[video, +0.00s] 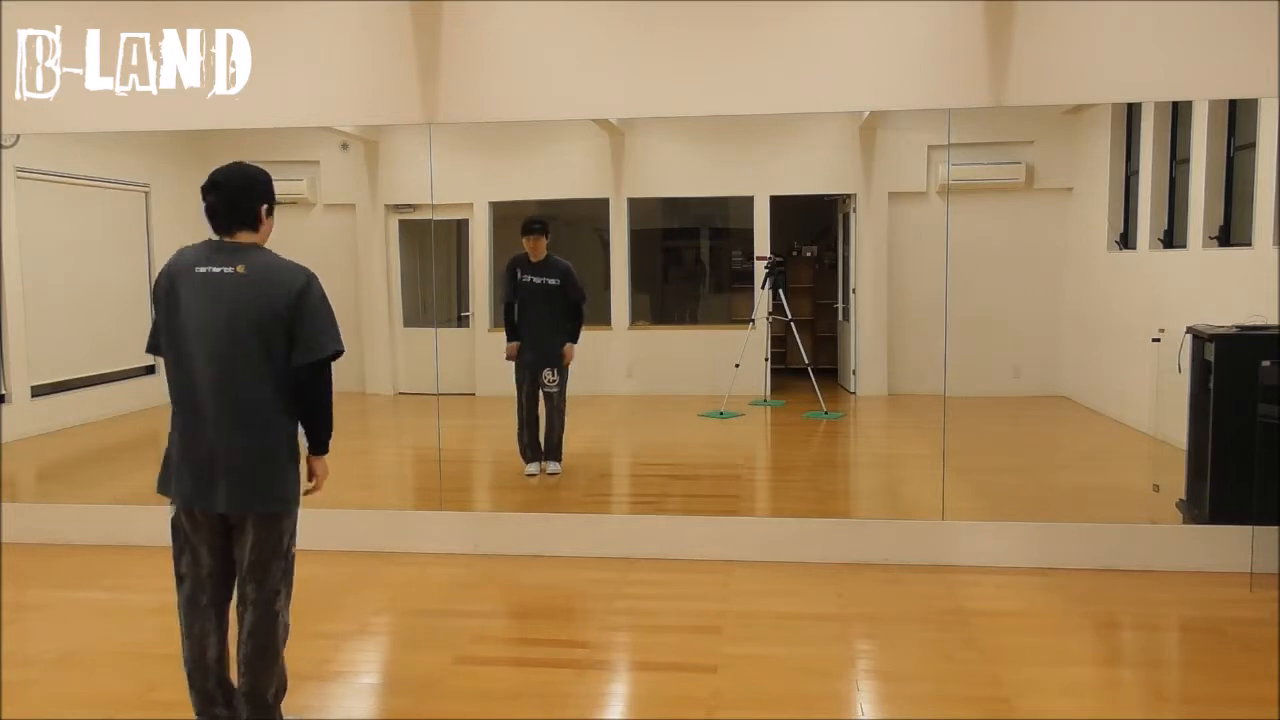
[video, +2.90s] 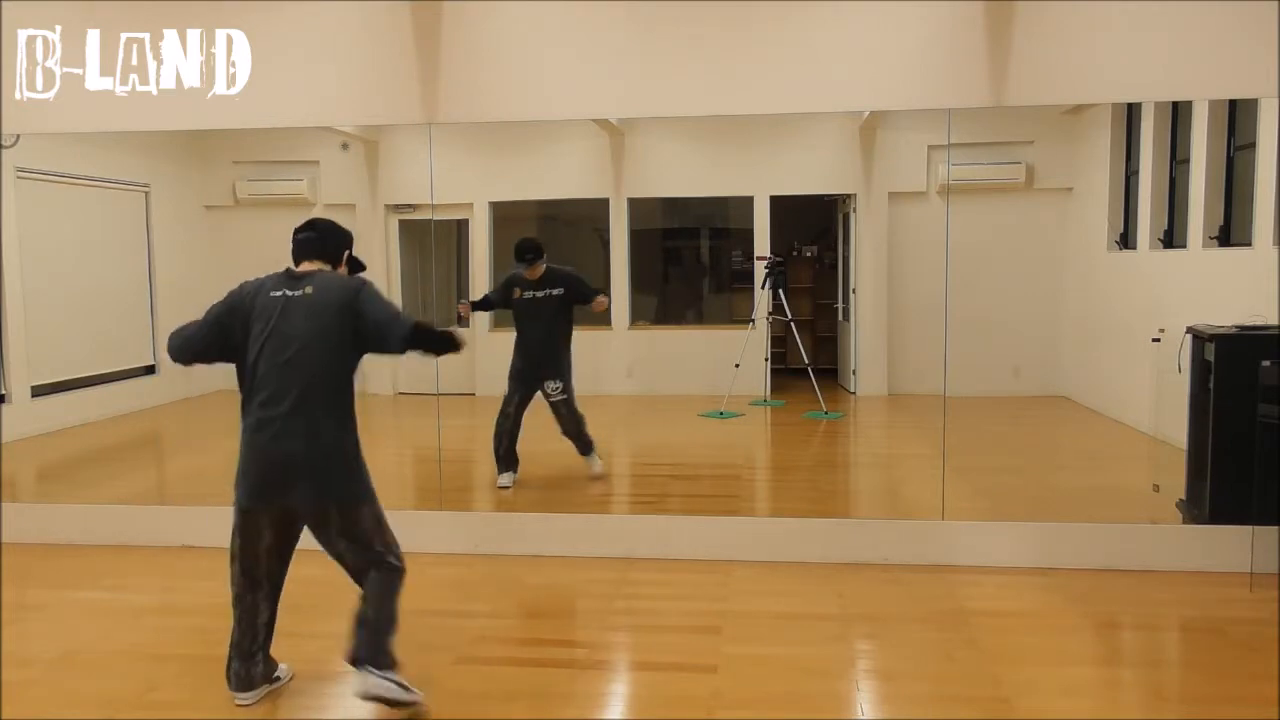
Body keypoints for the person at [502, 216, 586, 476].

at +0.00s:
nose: (532, 244)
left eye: (537, 239)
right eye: (528, 239)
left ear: (547, 240)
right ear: (522, 241)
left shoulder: (562, 269)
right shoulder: (516, 267)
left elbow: (577, 305)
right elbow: (508, 304)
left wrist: (571, 341)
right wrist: (512, 338)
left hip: (555, 344)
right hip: (526, 344)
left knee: (555, 404)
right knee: (526, 405)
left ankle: (553, 457)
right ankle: (531, 458)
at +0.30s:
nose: (524, 260)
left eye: (528, 255)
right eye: (520, 255)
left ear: (539, 251)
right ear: (515, 254)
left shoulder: (556, 278)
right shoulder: (510, 280)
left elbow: (562, 318)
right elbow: (507, 319)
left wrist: (559, 352)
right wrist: (507, 352)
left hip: (550, 355)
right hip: (522, 355)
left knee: (553, 408)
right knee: (522, 409)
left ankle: (553, 457)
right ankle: (532, 458)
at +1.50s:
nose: (521, 296)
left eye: (525, 292)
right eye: (516, 292)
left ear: (533, 284)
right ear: (508, 287)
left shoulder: (549, 297)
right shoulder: (501, 301)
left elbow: (563, 337)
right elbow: (495, 342)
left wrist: (563, 377)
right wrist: (493, 379)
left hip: (547, 363)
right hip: (519, 362)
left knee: (544, 416)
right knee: (511, 406)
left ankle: (540, 466)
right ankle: (528, 426)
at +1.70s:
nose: (521, 297)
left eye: (524, 292)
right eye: (515, 293)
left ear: (532, 283)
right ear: (507, 286)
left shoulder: (549, 292)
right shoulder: (500, 295)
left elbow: (560, 332)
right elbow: (495, 334)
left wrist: (559, 370)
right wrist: (491, 370)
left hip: (545, 359)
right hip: (516, 357)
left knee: (544, 415)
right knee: (504, 405)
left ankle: (540, 466)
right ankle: (511, 445)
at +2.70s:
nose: (516, 291)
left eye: (519, 286)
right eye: (511, 287)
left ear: (528, 277)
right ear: (505, 280)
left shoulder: (547, 295)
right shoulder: (503, 294)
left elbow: (556, 334)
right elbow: (501, 333)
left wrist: (548, 365)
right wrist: (493, 361)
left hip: (536, 368)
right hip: (509, 366)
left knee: (520, 420)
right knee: (501, 419)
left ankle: (532, 451)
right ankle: (506, 469)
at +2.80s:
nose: (522, 285)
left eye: (525, 280)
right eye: (517, 281)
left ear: (535, 271)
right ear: (511, 275)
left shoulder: (553, 287)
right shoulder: (507, 289)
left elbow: (575, 317)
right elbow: (499, 315)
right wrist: (483, 327)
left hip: (546, 356)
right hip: (517, 355)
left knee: (541, 411)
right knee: (500, 414)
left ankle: (556, 443)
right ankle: (505, 469)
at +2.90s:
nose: (528, 272)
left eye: (532, 266)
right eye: (524, 267)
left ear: (542, 259)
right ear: (518, 263)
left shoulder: (564, 279)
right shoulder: (514, 282)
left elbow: (592, 296)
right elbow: (493, 300)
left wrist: (600, 302)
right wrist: (472, 306)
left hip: (555, 362)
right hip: (524, 361)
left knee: (566, 415)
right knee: (509, 414)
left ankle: (589, 452)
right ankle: (506, 469)